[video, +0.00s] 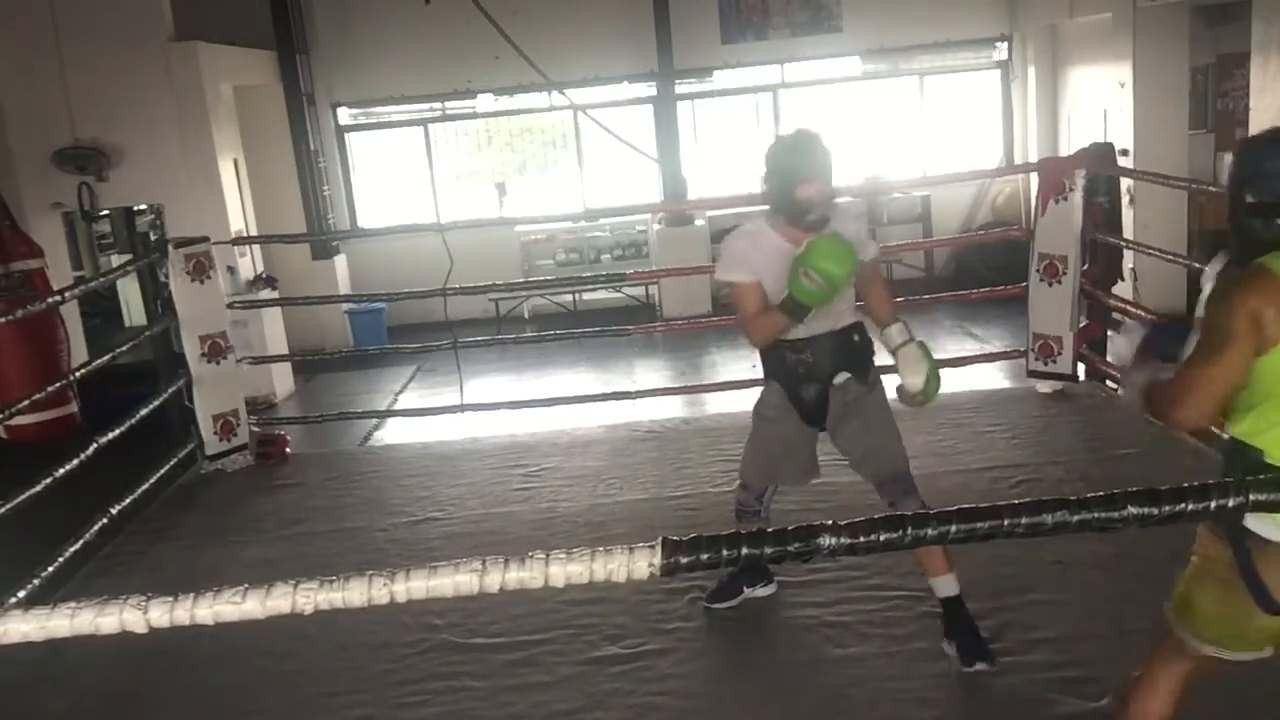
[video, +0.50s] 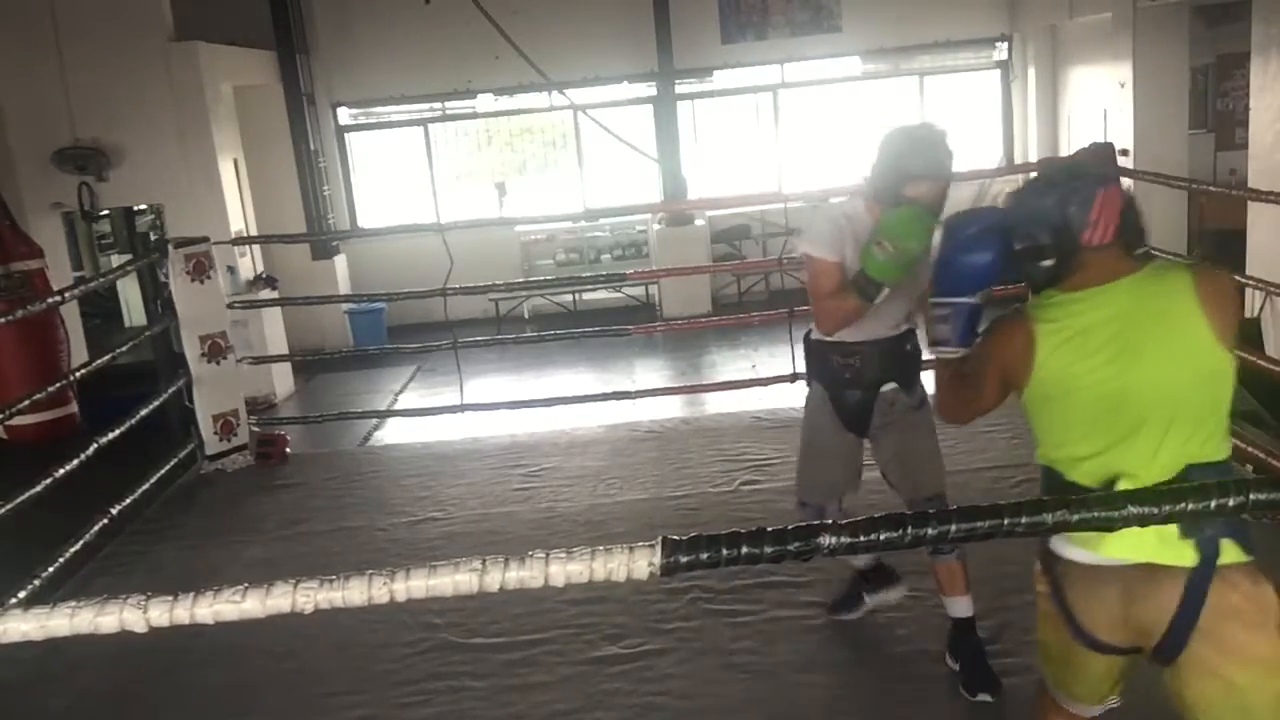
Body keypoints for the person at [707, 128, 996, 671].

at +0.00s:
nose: (818, 191)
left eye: (823, 178)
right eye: (804, 181)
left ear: (830, 180)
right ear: (778, 186)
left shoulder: (847, 227)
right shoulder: (746, 247)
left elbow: (873, 290)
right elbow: (757, 332)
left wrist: (903, 343)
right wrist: (800, 297)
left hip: (853, 380)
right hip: (786, 387)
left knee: (902, 494)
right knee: (750, 494)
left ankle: (956, 615)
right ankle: (752, 573)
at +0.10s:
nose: (864, 199)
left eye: (870, 187)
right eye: (853, 187)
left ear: (876, 190)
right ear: (825, 187)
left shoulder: (874, 244)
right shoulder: (782, 248)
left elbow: (905, 308)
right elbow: (787, 335)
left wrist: (940, 347)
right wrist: (835, 291)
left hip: (865, 394)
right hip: (797, 397)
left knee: (912, 508)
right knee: (756, 502)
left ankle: (963, 633)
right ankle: (756, 570)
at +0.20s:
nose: (907, 208)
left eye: (912, 196)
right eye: (897, 196)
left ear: (915, 197)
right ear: (865, 194)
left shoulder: (905, 250)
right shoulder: (810, 244)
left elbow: (928, 328)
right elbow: (818, 335)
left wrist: (960, 334)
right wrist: (866, 288)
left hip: (882, 390)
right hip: (816, 392)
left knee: (928, 509)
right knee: (776, 499)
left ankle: (965, 636)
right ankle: (761, 565)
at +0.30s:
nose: (924, 214)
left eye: (934, 202)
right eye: (913, 200)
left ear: (942, 196)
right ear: (880, 190)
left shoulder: (929, 245)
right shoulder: (829, 234)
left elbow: (938, 332)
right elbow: (831, 329)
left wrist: (952, 303)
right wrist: (884, 279)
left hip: (891, 388)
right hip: (825, 389)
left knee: (933, 513)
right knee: (790, 499)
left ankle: (965, 638)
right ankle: (795, 559)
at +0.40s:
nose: (930, 215)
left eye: (939, 203)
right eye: (920, 202)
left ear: (947, 194)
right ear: (893, 184)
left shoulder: (928, 239)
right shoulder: (836, 222)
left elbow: (939, 330)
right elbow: (830, 321)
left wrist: (982, 290)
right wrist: (885, 274)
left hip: (894, 382)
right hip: (830, 382)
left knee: (934, 509)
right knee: (806, 507)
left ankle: (966, 640)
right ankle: (853, 557)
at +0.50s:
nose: (924, 215)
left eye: (934, 203)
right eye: (916, 202)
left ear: (942, 193)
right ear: (886, 189)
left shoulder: (928, 236)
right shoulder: (832, 226)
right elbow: (826, 319)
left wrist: (962, 279)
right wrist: (874, 278)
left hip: (898, 379)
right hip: (833, 380)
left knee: (934, 508)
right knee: (817, 505)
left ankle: (965, 640)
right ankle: (874, 572)